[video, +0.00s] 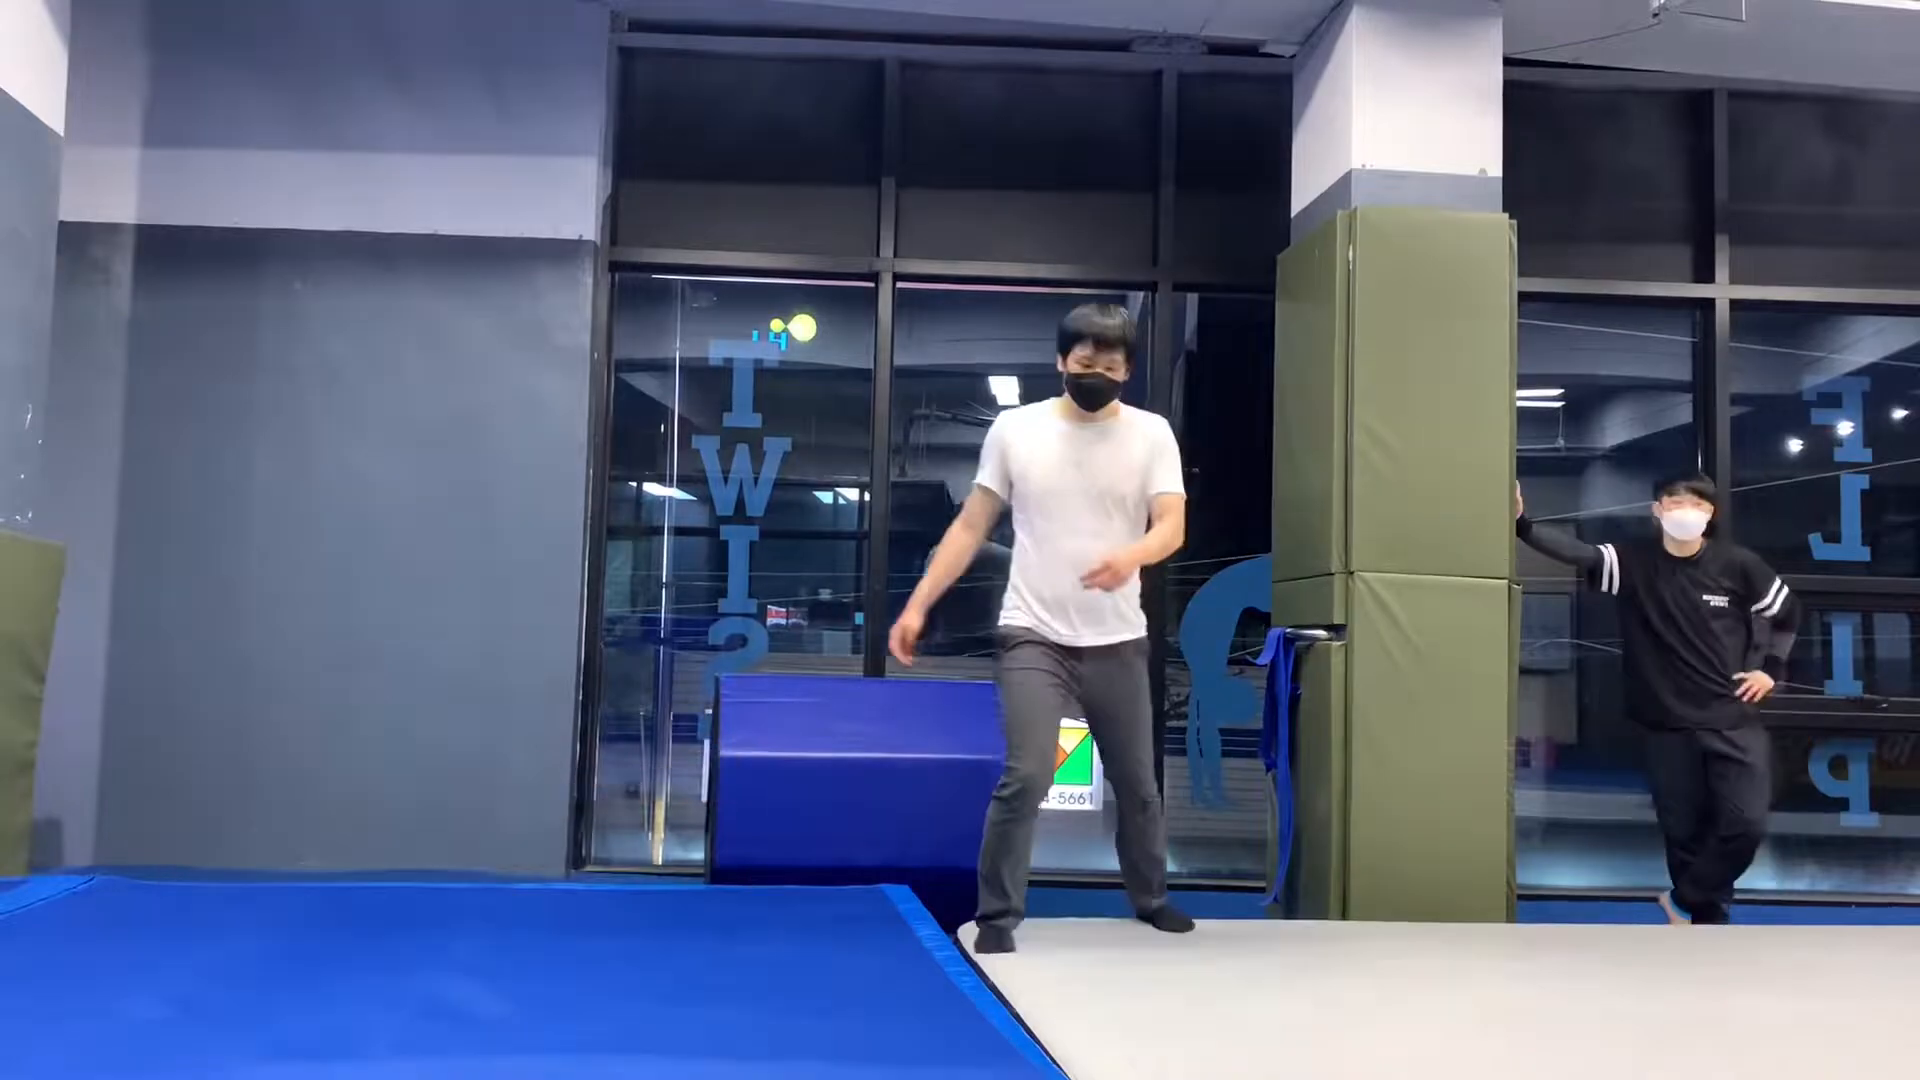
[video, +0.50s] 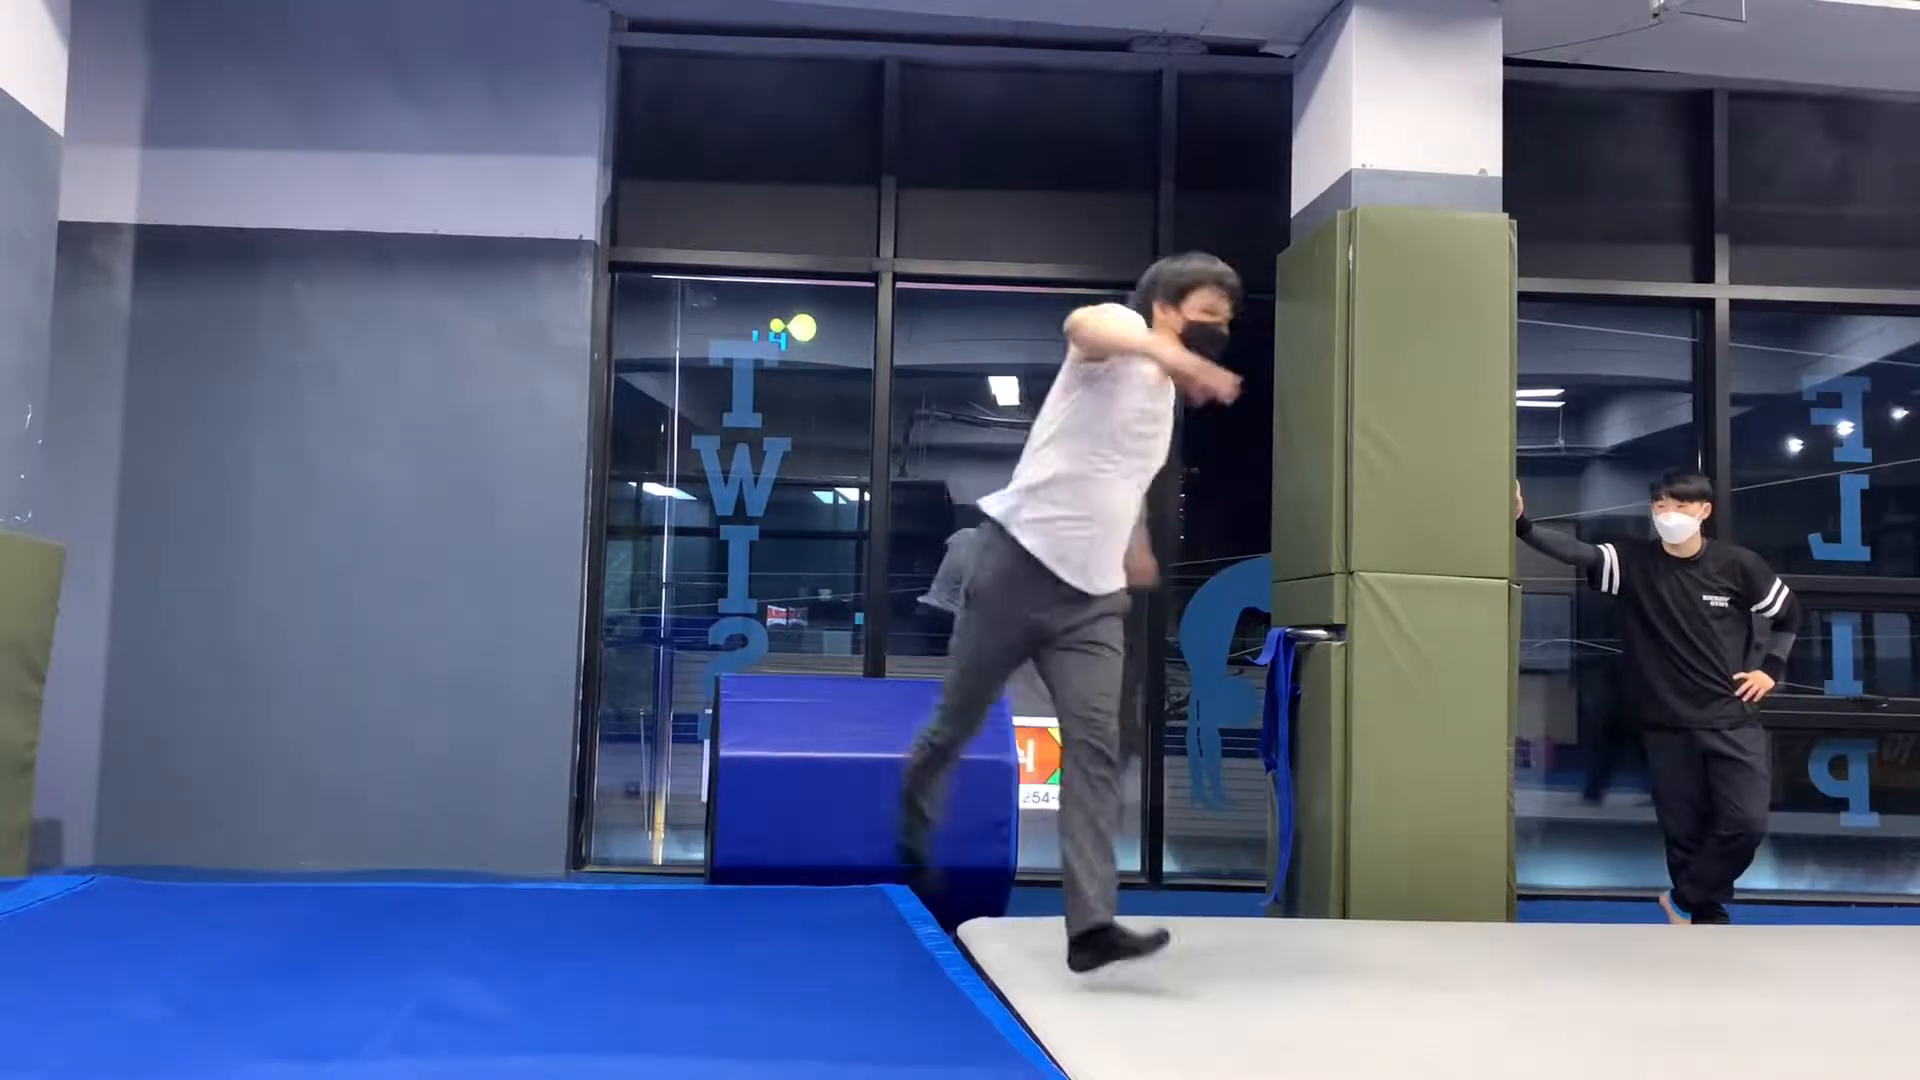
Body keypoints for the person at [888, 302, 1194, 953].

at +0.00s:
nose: (1096, 367)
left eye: (1111, 357)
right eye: (1086, 354)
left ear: (1128, 365)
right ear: (1062, 358)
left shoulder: (1151, 434)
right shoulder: (1014, 431)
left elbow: (1172, 527)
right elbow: (970, 527)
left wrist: (1132, 557)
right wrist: (918, 605)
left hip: (1117, 638)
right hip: (1033, 634)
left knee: (1138, 783)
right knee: (1026, 777)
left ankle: (1152, 900)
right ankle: (996, 920)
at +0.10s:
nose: (1096, 366)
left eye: (1110, 356)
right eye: (1085, 353)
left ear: (1128, 367)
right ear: (1061, 359)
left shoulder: (1144, 437)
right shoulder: (1007, 428)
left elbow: (1162, 523)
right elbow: (945, 517)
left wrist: (1158, 543)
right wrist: (883, 587)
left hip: (1106, 644)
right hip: (1022, 640)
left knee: (1135, 788)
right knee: (1021, 786)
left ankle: (1141, 890)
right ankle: (999, 922)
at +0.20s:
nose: (1112, 373)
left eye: (1123, 364)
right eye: (1100, 359)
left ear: (1132, 372)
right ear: (1066, 360)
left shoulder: (1140, 445)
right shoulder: (1004, 423)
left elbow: (1174, 536)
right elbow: (942, 488)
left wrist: (1227, 571)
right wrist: (902, 527)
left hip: (1098, 651)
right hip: (1013, 647)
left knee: (1135, 796)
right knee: (1015, 798)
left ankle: (1111, 884)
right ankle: (1001, 926)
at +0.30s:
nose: (1131, 367)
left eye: (1140, 356)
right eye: (1121, 351)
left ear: (1143, 364)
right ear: (1082, 349)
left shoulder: (1138, 435)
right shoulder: (1022, 401)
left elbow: (1196, 519)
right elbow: (973, 427)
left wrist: (1284, 578)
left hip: (1096, 643)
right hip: (1010, 641)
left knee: (1124, 770)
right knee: (1008, 804)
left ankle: (1076, 903)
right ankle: (1000, 937)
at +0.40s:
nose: (1188, 333)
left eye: (1191, 322)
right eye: (1176, 317)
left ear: (1178, 329)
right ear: (1136, 312)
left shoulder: (1149, 406)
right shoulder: (1071, 362)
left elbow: (1176, 494)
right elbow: (1053, 341)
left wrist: (1249, 558)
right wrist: (1164, 316)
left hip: (1088, 598)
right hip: (1006, 585)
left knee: (1102, 744)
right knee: (995, 762)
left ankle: (1064, 918)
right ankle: (988, 915)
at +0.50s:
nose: (1213, 333)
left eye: (1221, 323)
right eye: (1206, 316)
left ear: (1205, 325)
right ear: (1165, 305)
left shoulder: (1168, 386)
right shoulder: (1119, 328)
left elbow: (1114, 471)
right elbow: (1083, 328)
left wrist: (1130, 540)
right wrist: (1180, 362)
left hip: (1093, 591)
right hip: (1016, 563)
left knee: (1096, 747)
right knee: (955, 724)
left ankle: (1090, 926)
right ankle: (911, 828)